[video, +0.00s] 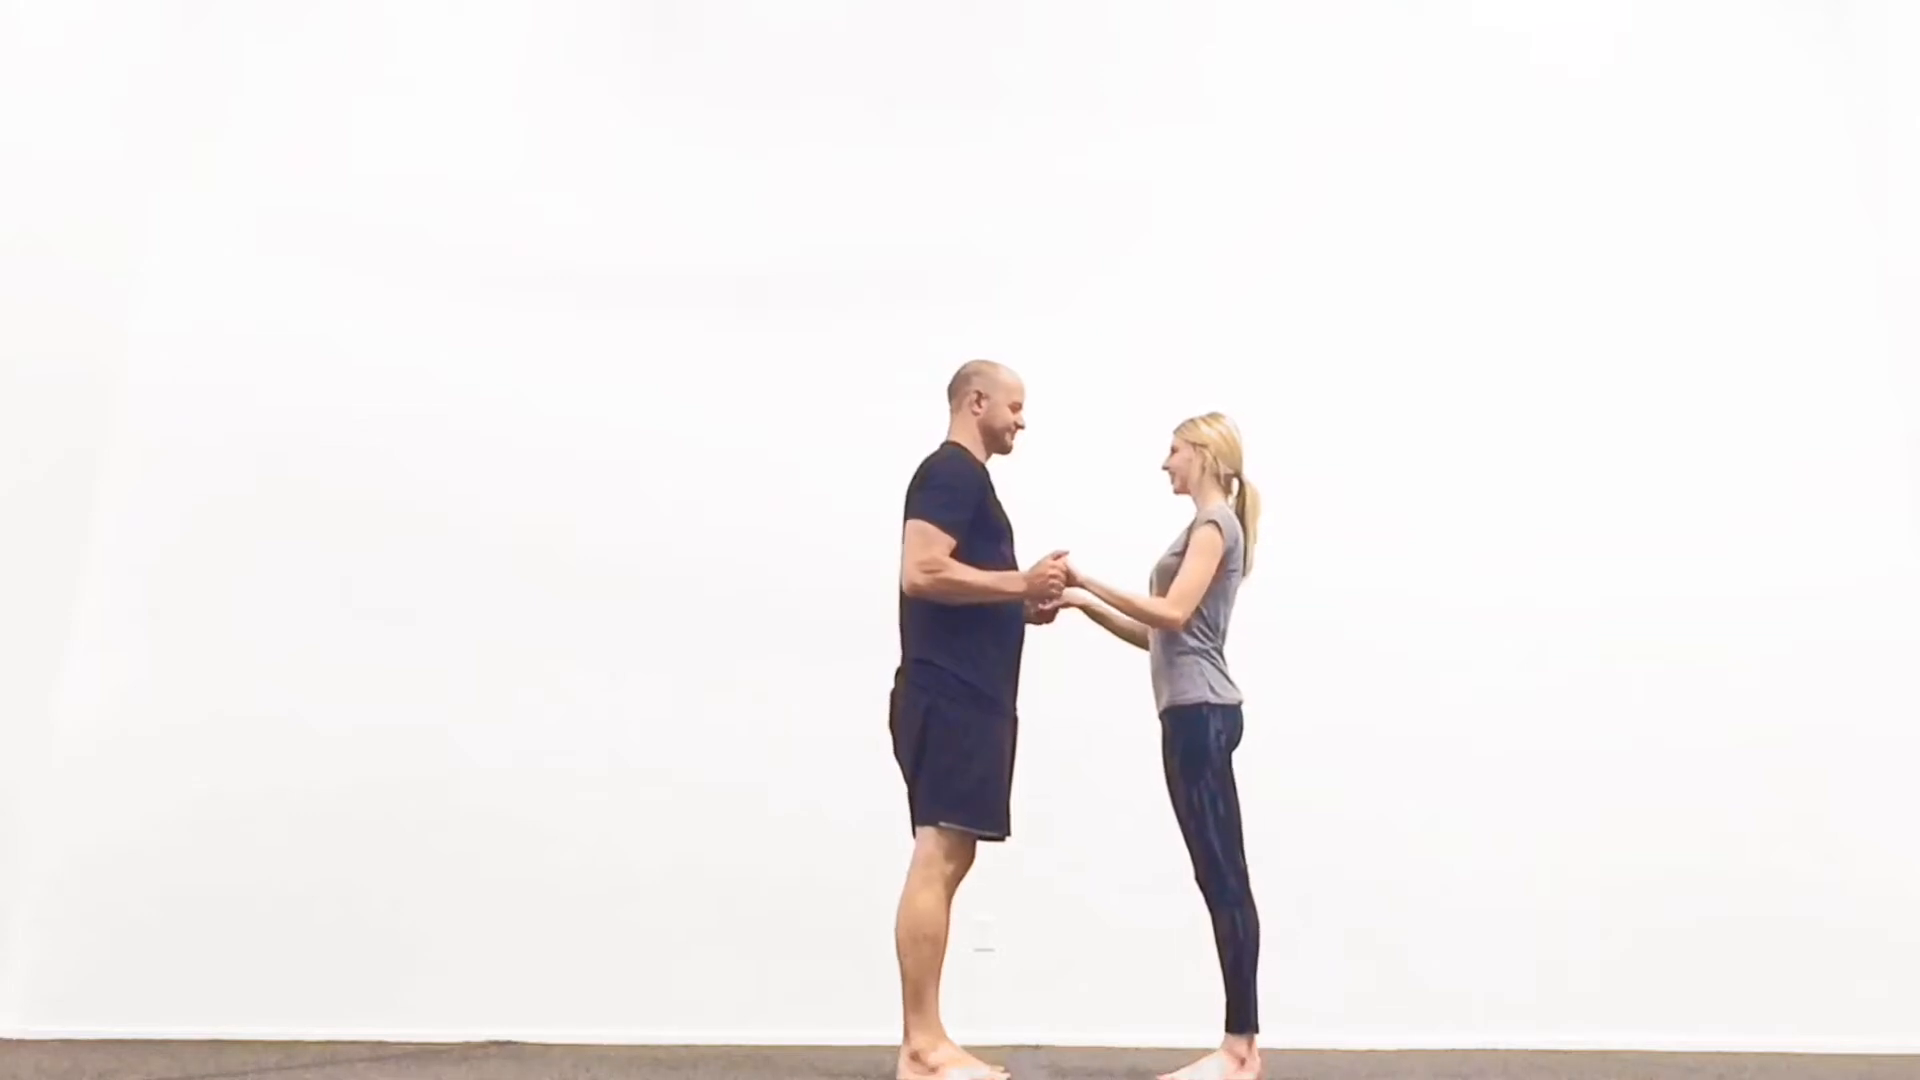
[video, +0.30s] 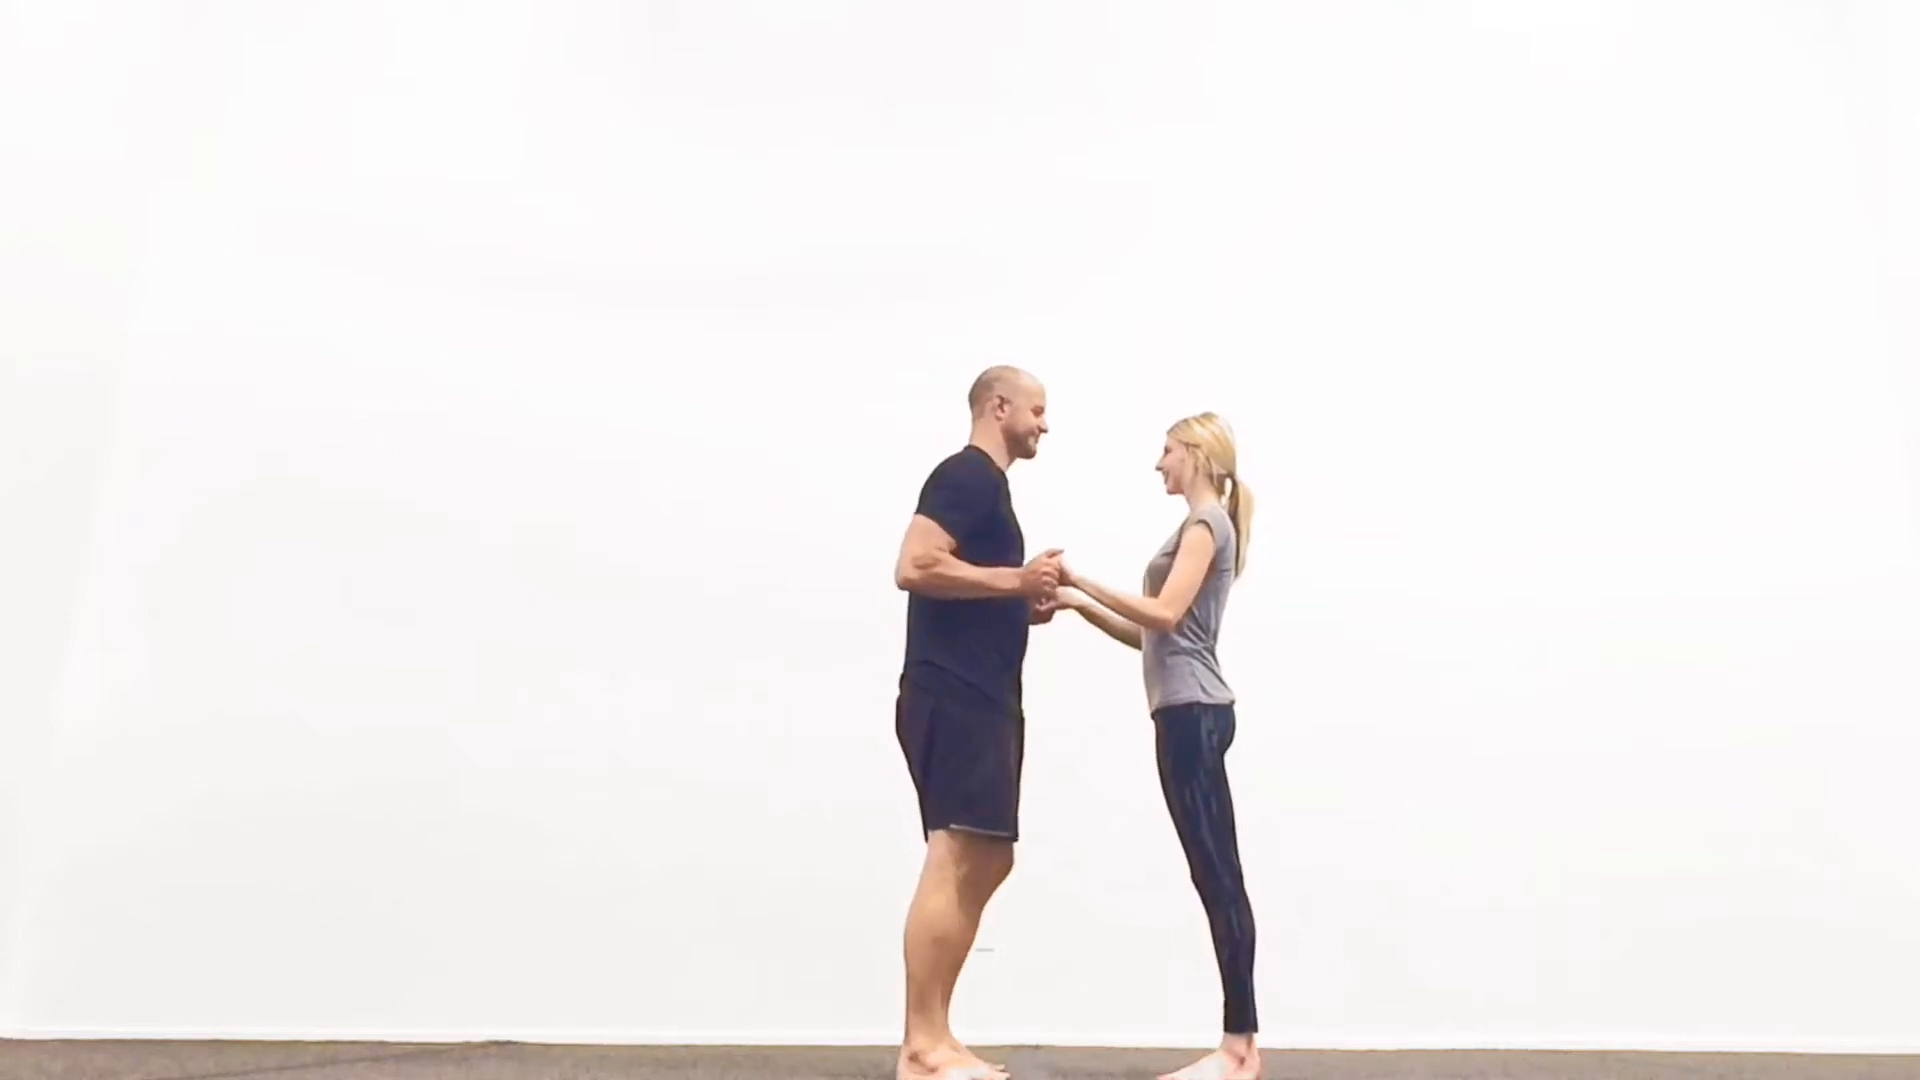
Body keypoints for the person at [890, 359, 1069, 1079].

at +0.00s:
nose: (1022, 421)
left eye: (1022, 410)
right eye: (1015, 408)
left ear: (976, 402)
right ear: (976, 403)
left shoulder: (969, 477)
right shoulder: (949, 469)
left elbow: (951, 594)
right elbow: (923, 572)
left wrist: (1026, 608)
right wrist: (1021, 584)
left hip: (966, 694)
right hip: (949, 694)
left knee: (946, 861)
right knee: (939, 861)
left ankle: (924, 1042)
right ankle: (923, 1044)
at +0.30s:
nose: (1045, 424)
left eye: (1045, 413)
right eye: (1037, 410)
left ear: (1001, 411)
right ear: (997, 407)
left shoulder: (988, 485)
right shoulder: (966, 473)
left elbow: (960, 603)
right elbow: (915, 567)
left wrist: (1028, 609)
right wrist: (1015, 581)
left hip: (985, 699)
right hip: (954, 697)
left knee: (990, 860)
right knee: (957, 858)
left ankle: (932, 1039)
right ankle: (923, 1046)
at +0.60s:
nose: (1066, 427)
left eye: (1065, 416)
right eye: (1056, 415)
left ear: (1022, 419)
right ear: (1016, 417)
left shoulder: (1013, 493)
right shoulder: (989, 481)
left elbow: (977, 602)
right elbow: (942, 580)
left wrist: (1040, 618)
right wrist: (1039, 595)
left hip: (996, 701)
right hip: (955, 698)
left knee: (1024, 857)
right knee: (966, 855)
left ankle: (989, 1029)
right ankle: (923, 1047)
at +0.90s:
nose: (1066, 435)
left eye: (1065, 425)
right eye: (1055, 422)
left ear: (1023, 428)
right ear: (1015, 425)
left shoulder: (1037, 529)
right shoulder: (979, 492)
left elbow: (1029, 642)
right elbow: (966, 596)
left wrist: (1093, 619)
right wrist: (1077, 611)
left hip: (1008, 712)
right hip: (955, 706)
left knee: (1011, 872)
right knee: (952, 858)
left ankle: (992, 1038)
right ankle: (922, 1042)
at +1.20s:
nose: (1055, 437)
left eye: (1056, 428)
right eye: (1043, 425)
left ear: (1032, 436)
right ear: (1002, 430)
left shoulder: (1054, 537)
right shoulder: (953, 498)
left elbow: (1120, 619)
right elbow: (916, 597)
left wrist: (1195, 562)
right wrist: (1007, 610)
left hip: (1012, 717)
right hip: (941, 707)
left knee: (1002, 872)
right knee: (911, 847)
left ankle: (990, 1042)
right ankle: (849, 1020)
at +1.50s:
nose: (1017, 433)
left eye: (1020, 423)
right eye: (1005, 421)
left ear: (1015, 436)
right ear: (964, 429)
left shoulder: (1034, 528)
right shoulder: (917, 505)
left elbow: (1125, 584)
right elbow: (879, 608)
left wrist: (1211, 550)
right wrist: (954, 621)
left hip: (996, 722)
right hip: (914, 715)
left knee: (997, 873)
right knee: (860, 853)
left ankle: (992, 1043)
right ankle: (792, 1015)